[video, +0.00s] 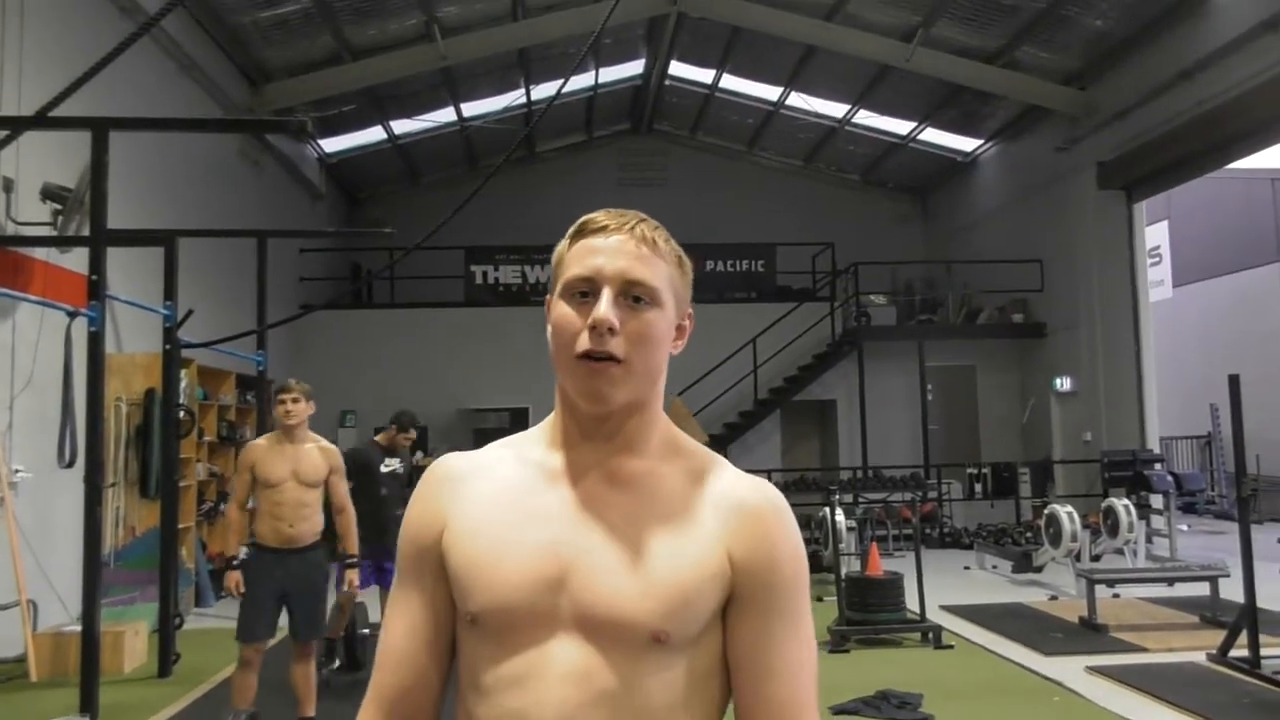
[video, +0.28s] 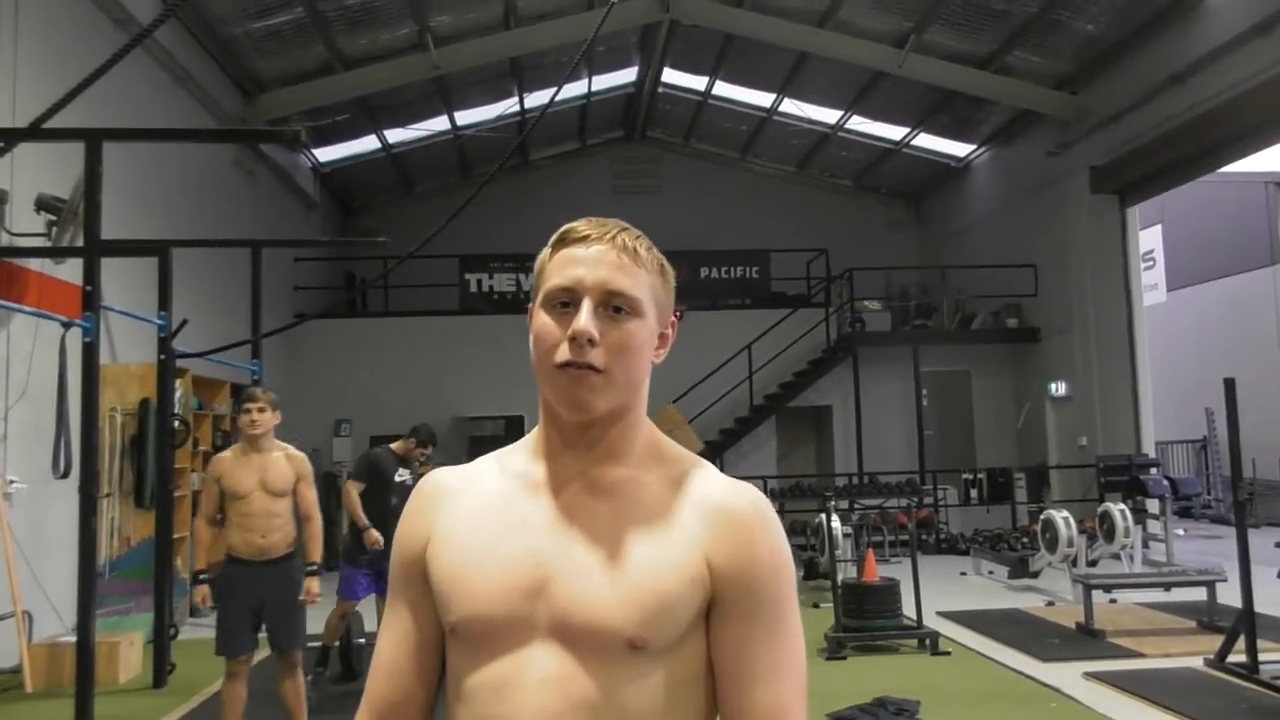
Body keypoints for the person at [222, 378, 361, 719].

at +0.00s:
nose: (288, 408)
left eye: (295, 402)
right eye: (282, 403)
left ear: (309, 408)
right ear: (274, 409)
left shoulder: (328, 453)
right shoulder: (255, 451)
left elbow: (343, 509)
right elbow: (237, 505)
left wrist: (352, 561)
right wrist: (232, 561)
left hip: (310, 561)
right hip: (263, 561)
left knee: (306, 648)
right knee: (250, 653)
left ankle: (308, 714)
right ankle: (240, 715)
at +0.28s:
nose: (252, 417)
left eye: (260, 411)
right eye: (246, 411)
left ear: (275, 417)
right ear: (237, 419)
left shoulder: (295, 461)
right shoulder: (221, 463)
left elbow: (311, 516)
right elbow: (204, 519)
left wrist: (313, 570)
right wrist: (199, 575)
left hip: (285, 570)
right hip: (237, 572)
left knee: (291, 662)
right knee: (236, 666)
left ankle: (301, 716)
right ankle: (231, 718)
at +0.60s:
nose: (229, 431)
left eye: (236, 424)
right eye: (221, 426)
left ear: (247, 428)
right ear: (211, 434)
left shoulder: (273, 468)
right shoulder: (197, 480)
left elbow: (293, 522)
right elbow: (164, 535)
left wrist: (286, 569)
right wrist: (174, 593)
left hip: (272, 579)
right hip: (223, 584)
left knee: (290, 669)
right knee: (227, 679)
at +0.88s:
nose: (232, 439)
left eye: (238, 432)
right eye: (223, 434)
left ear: (248, 437)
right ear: (211, 441)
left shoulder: (269, 478)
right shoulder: (196, 487)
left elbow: (287, 534)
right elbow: (177, 546)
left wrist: (302, 585)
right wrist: (180, 603)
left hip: (266, 590)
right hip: (220, 594)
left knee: (278, 680)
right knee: (225, 686)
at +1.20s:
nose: (253, 446)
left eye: (258, 441)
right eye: (245, 440)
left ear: (263, 446)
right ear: (225, 446)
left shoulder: (273, 489)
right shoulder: (204, 492)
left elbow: (285, 547)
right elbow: (179, 550)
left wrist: (303, 599)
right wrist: (187, 612)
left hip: (269, 601)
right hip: (224, 604)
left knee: (278, 690)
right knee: (226, 700)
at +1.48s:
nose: (282, 457)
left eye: (282, 450)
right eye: (277, 450)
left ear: (260, 453)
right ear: (256, 452)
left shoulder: (278, 495)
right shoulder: (212, 494)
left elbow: (287, 553)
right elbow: (186, 551)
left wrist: (302, 604)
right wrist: (185, 613)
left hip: (273, 606)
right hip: (228, 608)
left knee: (276, 697)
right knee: (226, 703)